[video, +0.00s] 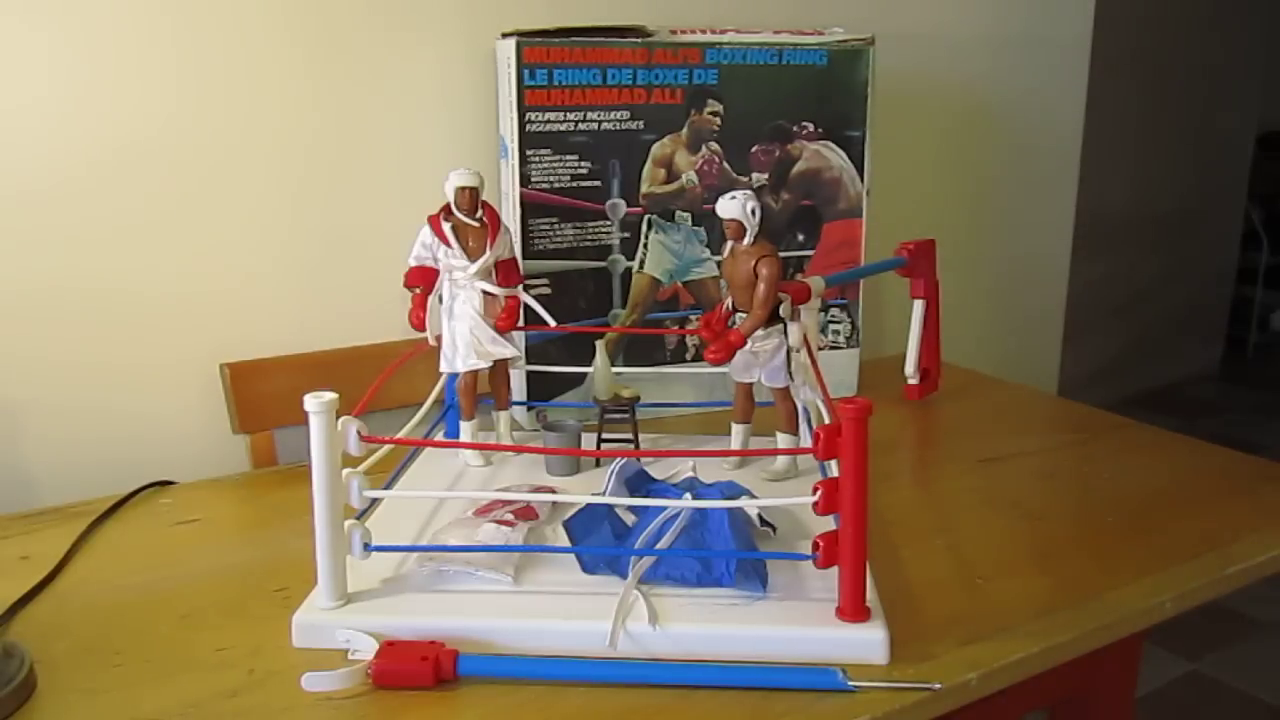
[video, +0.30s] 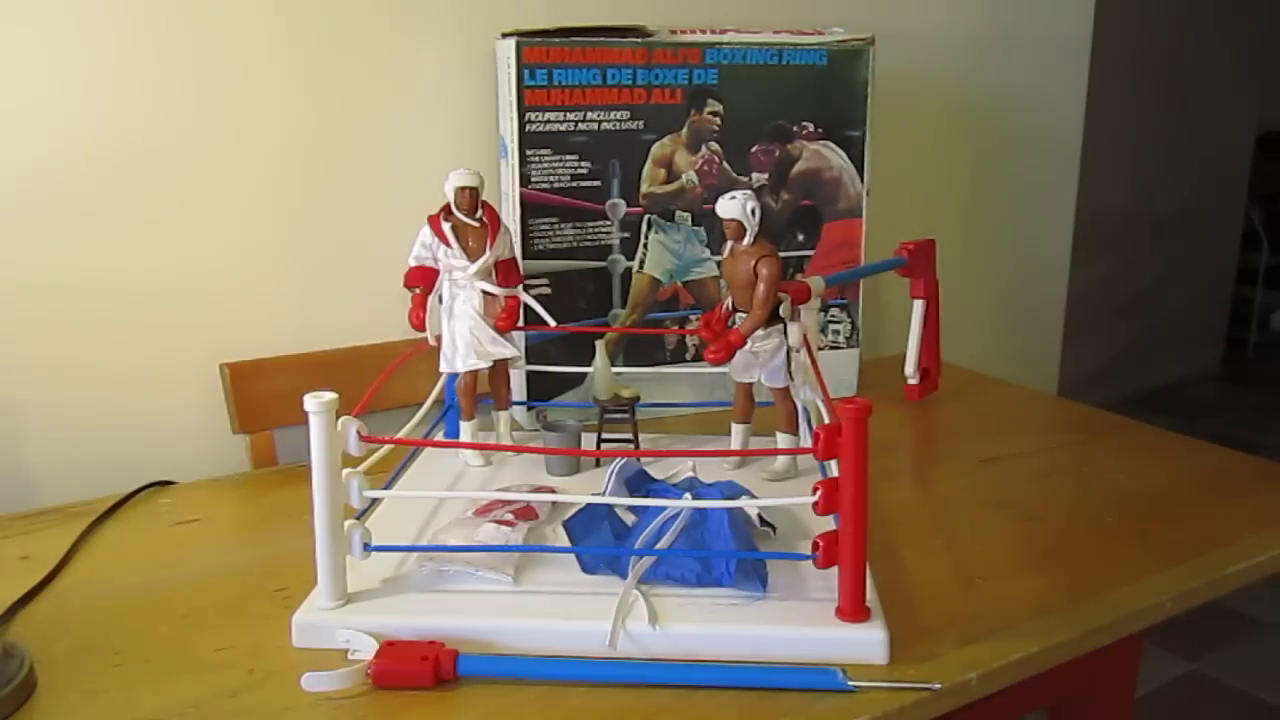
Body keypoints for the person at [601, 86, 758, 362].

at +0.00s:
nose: (719, 122)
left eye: (720, 116)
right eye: (713, 114)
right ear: (694, 114)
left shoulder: (712, 150)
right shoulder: (665, 148)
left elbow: (730, 182)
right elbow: (646, 196)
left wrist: (753, 182)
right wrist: (683, 183)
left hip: (694, 238)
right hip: (660, 235)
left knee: (720, 310)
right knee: (635, 314)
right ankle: (596, 370)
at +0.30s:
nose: (719, 122)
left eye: (720, 116)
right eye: (713, 114)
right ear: (693, 115)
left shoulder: (712, 150)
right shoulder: (665, 148)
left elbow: (730, 182)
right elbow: (646, 196)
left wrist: (755, 181)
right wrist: (683, 183)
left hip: (694, 237)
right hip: (660, 234)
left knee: (719, 309)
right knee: (635, 313)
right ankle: (596, 372)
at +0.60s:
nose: (719, 122)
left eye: (721, 116)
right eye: (713, 115)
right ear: (693, 115)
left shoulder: (712, 150)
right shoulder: (665, 148)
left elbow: (731, 182)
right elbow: (646, 196)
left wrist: (754, 182)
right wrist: (683, 183)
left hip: (693, 237)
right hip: (660, 234)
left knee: (719, 309)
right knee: (635, 313)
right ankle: (596, 369)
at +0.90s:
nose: (718, 122)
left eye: (720, 116)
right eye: (713, 115)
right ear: (693, 115)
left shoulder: (712, 150)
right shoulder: (665, 148)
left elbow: (732, 182)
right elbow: (646, 196)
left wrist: (756, 181)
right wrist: (682, 183)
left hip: (693, 236)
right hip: (660, 234)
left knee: (719, 309)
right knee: (635, 313)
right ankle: (596, 370)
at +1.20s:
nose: (718, 122)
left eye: (720, 116)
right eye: (713, 115)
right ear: (693, 114)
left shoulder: (712, 150)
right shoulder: (664, 148)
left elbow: (730, 182)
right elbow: (647, 197)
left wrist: (754, 181)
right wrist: (682, 182)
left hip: (693, 237)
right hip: (660, 235)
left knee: (717, 309)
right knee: (635, 313)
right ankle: (596, 373)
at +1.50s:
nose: (718, 122)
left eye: (720, 116)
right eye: (713, 115)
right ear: (693, 114)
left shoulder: (711, 150)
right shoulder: (664, 148)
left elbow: (731, 182)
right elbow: (646, 197)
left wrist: (757, 180)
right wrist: (684, 182)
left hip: (693, 236)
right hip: (660, 234)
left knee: (718, 308)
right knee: (635, 313)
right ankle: (596, 370)